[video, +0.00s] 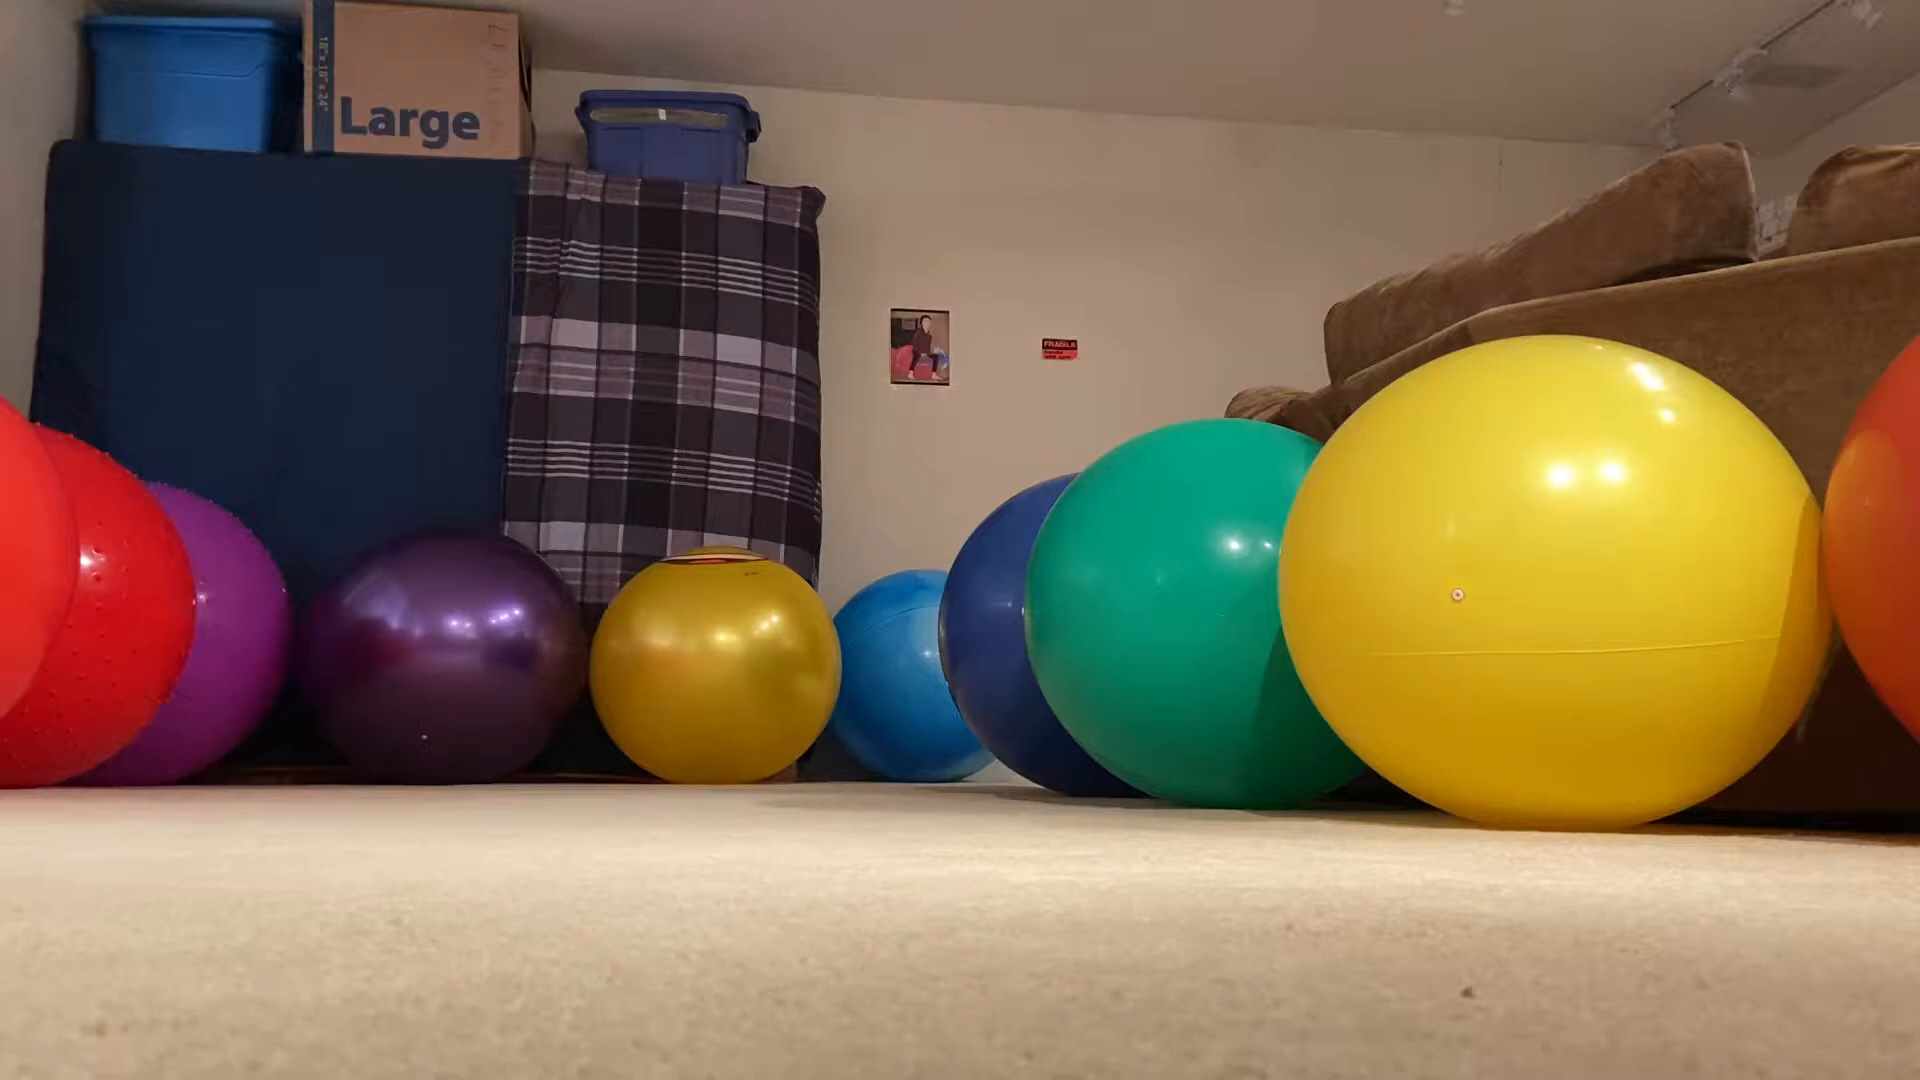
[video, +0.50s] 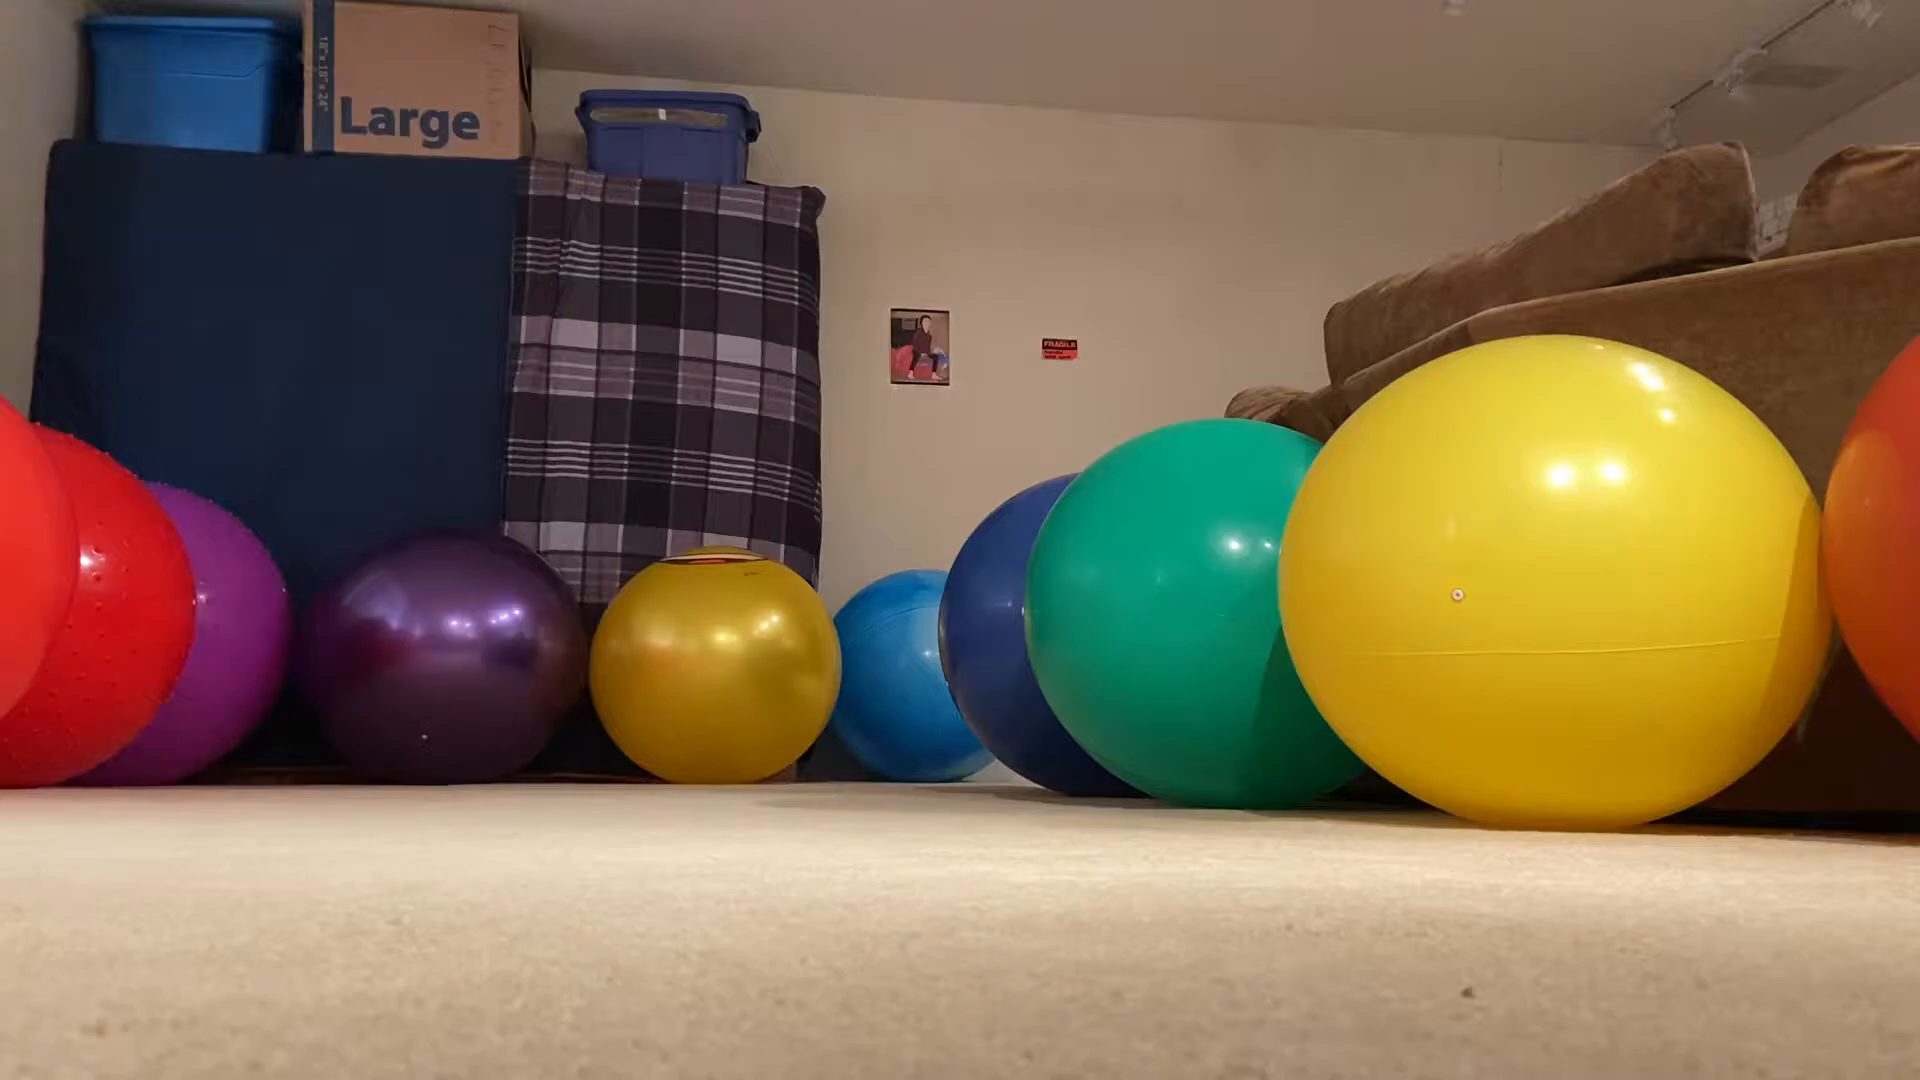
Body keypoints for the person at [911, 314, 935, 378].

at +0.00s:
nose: (927, 324)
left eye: (928, 322)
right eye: (925, 321)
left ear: (930, 323)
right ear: (922, 323)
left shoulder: (929, 336)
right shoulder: (918, 332)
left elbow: (928, 345)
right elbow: (914, 342)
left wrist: (928, 352)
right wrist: (918, 351)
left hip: (926, 352)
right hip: (918, 350)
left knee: (935, 356)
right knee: (916, 356)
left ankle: (934, 373)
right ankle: (911, 371)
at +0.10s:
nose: (927, 324)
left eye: (928, 322)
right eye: (925, 321)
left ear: (930, 323)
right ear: (922, 323)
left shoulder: (929, 336)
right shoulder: (918, 332)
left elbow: (928, 345)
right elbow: (914, 342)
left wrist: (928, 352)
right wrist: (918, 351)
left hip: (926, 352)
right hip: (918, 350)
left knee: (935, 356)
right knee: (916, 356)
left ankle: (934, 373)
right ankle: (911, 371)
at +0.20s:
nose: (927, 324)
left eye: (928, 322)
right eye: (925, 321)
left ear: (930, 323)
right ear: (922, 323)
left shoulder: (929, 336)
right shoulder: (918, 332)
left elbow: (928, 345)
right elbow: (914, 342)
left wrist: (928, 352)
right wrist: (918, 351)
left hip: (926, 352)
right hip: (918, 350)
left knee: (935, 356)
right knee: (916, 356)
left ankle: (934, 373)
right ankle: (911, 371)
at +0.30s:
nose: (927, 324)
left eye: (928, 322)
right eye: (925, 321)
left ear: (930, 323)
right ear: (922, 323)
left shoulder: (929, 336)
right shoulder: (918, 332)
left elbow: (928, 345)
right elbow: (914, 342)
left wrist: (928, 352)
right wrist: (918, 351)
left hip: (926, 352)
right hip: (918, 350)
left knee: (935, 356)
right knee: (916, 356)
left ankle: (934, 373)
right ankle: (911, 371)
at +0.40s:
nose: (927, 324)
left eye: (928, 322)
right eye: (925, 321)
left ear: (930, 323)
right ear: (922, 323)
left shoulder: (929, 336)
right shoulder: (918, 332)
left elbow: (928, 345)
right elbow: (914, 342)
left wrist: (928, 352)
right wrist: (918, 351)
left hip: (926, 352)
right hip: (918, 350)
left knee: (935, 356)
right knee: (916, 356)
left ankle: (934, 373)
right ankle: (911, 371)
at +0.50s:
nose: (927, 324)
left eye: (928, 322)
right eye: (925, 321)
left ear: (930, 323)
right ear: (922, 323)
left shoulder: (929, 336)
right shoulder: (918, 332)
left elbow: (928, 345)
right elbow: (914, 342)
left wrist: (928, 352)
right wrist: (918, 351)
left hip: (926, 352)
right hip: (918, 350)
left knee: (935, 356)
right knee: (916, 356)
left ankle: (934, 373)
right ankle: (911, 371)